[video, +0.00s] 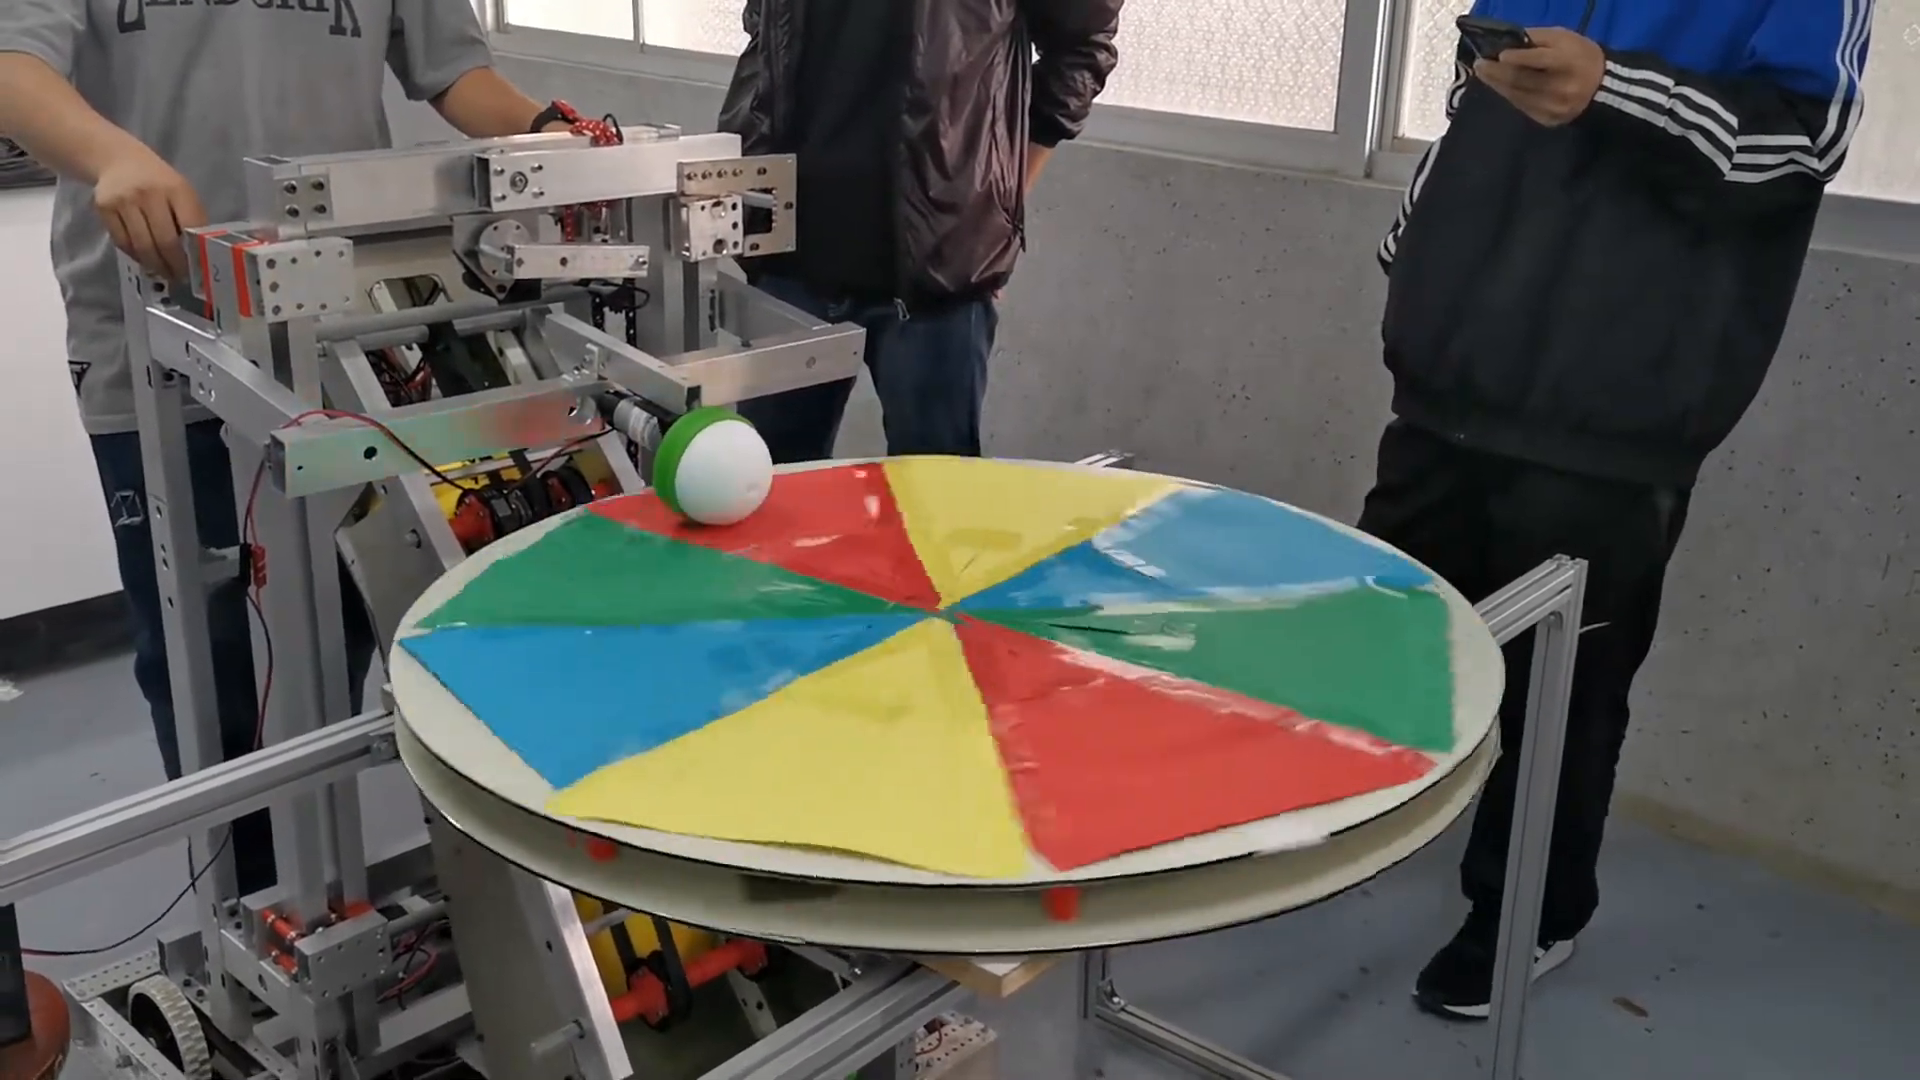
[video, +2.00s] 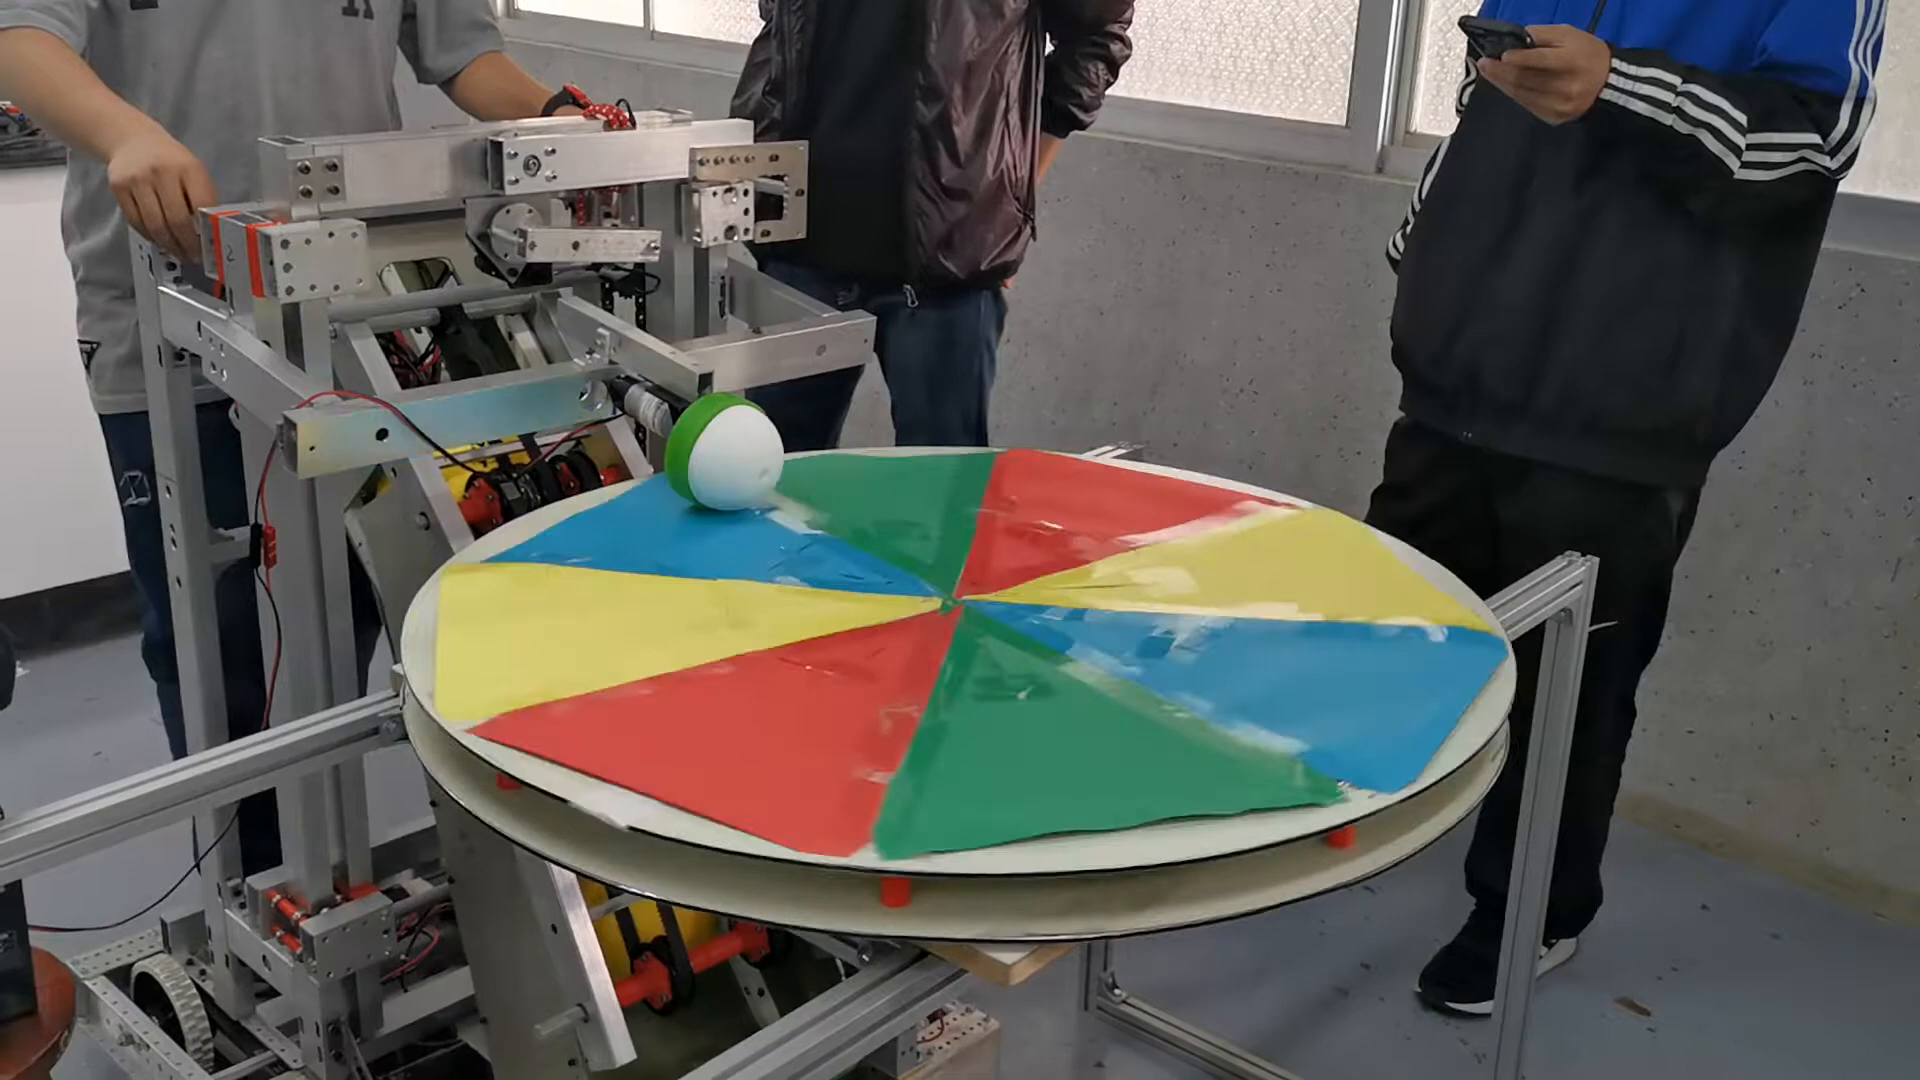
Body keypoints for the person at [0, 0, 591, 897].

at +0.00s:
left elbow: (449, 62)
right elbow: (16, 61)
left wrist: (547, 131)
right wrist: (109, 153)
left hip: (339, 345)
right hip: (156, 349)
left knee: (343, 628)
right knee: (200, 659)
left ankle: (334, 876)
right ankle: (250, 907)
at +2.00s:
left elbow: (458, 47)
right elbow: (23, 36)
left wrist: (561, 118)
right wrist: (124, 133)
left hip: (348, 319)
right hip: (163, 325)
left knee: (348, 606)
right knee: (208, 639)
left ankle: (330, 849)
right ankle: (253, 884)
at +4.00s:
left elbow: (458, 50)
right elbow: (22, 46)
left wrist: (558, 112)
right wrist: (124, 138)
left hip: (347, 319)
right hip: (166, 326)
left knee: (353, 602)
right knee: (214, 633)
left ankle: (349, 851)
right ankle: (263, 880)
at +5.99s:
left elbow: (454, 49)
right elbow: (22, 50)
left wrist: (556, 117)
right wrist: (122, 143)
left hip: (346, 315)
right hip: (168, 326)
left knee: (353, 601)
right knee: (217, 630)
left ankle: (346, 853)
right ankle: (268, 882)